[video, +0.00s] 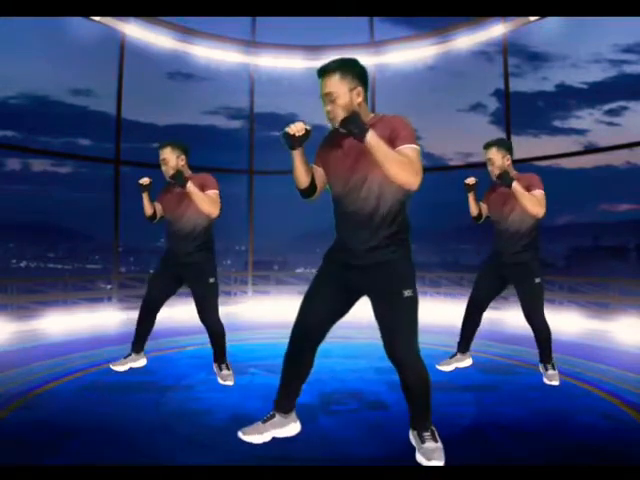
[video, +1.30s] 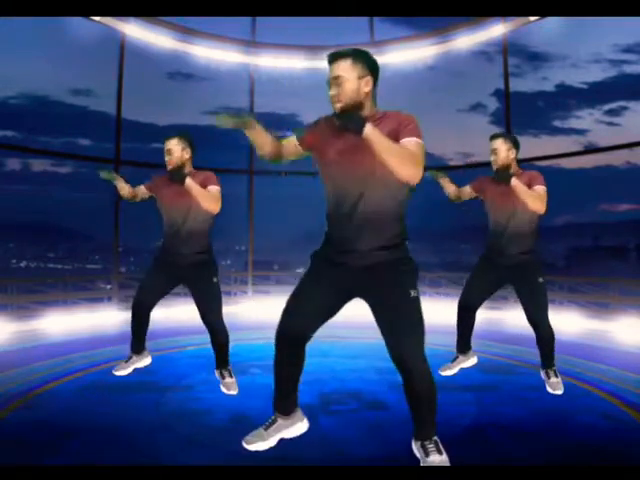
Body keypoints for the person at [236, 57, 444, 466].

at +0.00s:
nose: (327, 106)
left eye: (333, 97)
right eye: (324, 99)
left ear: (359, 94)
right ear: (328, 101)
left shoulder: (394, 127)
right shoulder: (331, 143)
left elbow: (411, 178)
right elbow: (309, 188)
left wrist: (365, 133)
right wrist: (297, 149)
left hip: (390, 260)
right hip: (344, 258)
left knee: (403, 351)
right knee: (304, 334)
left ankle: (424, 430)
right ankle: (283, 415)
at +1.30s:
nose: (332, 90)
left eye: (339, 81)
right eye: (330, 83)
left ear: (366, 82)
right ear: (332, 87)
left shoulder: (400, 124)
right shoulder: (324, 131)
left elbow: (412, 173)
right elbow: (276, 151)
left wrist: (366, 127)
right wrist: (251, 127)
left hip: (387, 264)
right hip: (334, 263)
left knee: (409, 357)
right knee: (290, 333)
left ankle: (427, 440)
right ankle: (287, 416)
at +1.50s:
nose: (312, 90)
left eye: (319, 82)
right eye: (311, 83)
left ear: (345, 84)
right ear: (321, 87)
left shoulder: (377, 125)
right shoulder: (320, 132)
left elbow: (388, 187)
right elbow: (298, 167)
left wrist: (345, 141)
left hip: (363, 259)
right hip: (324, 258)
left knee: (383, 350)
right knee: (286, 333)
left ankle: (430, 440)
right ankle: (290, 420)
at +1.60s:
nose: (305, 95)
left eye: (309, 87)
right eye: (306, 88)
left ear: (331, 88)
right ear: (332, 89)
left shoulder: (351, 124)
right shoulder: (334, 128)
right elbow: (326, 168)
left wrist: (297, 135)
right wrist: (303, 133)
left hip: (349, 260)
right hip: (324, 259)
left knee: (363, 352)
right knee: (285, 328)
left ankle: (436, 428)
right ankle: (289, 420)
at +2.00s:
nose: (306, 98)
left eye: (311, 90)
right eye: (306, 91)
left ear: (338, 90)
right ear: (326, 92)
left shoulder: (375, 125)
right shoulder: (321, 138)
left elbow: (378, 176)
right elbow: (304, 189)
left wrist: (333, 135)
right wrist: (289, 149)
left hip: (372, 261)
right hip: (330, 260)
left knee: (395, 354)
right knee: (293, 334)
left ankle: (432, 441)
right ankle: (289, 420)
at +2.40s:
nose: (330, 92)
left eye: (339, 83)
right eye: (325, 85)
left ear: (362, 86)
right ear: (322, 93)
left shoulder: (390, 126)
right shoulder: (330, 141)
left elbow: (408, 179)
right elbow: (307, 189)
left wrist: (355, 134)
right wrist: (293, 157)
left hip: (382, 263)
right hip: (336, 258)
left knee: (401, 356)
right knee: (279, 313)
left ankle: (434, 443)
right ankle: (273, 400)